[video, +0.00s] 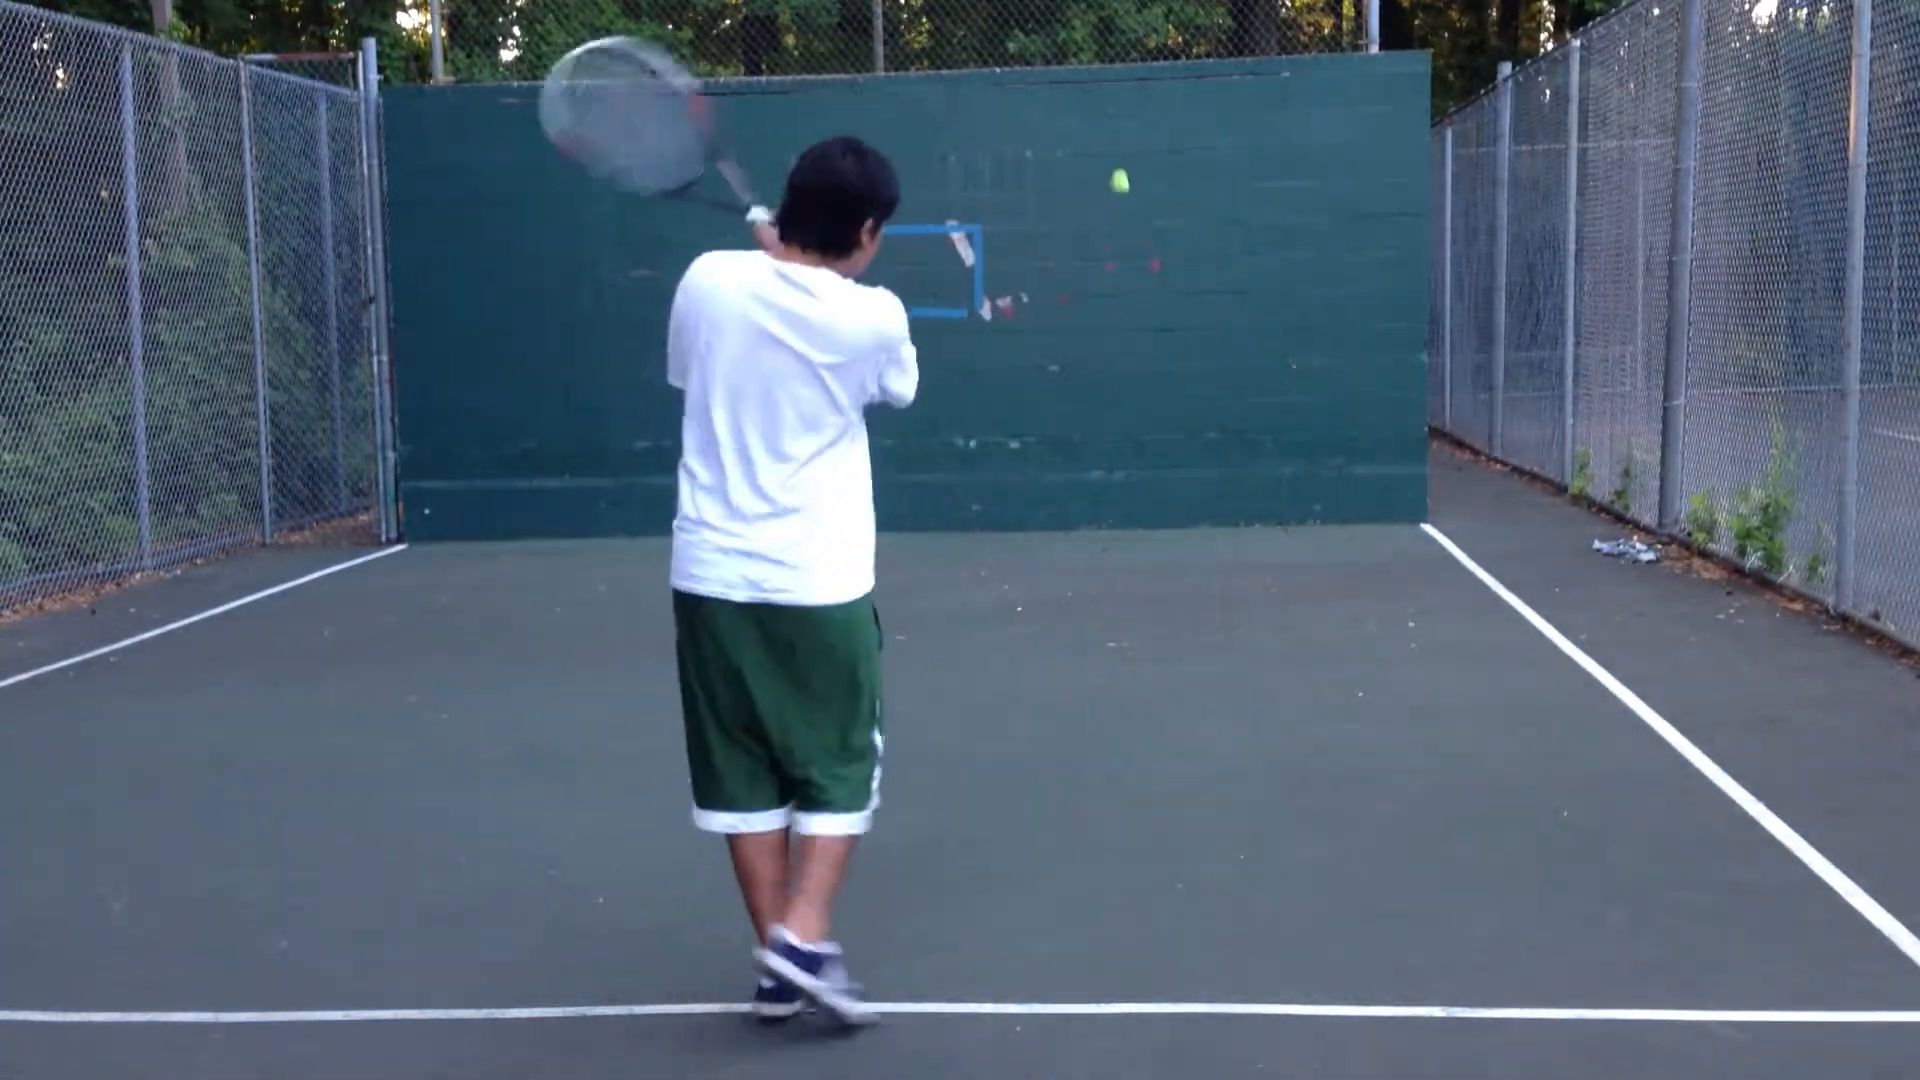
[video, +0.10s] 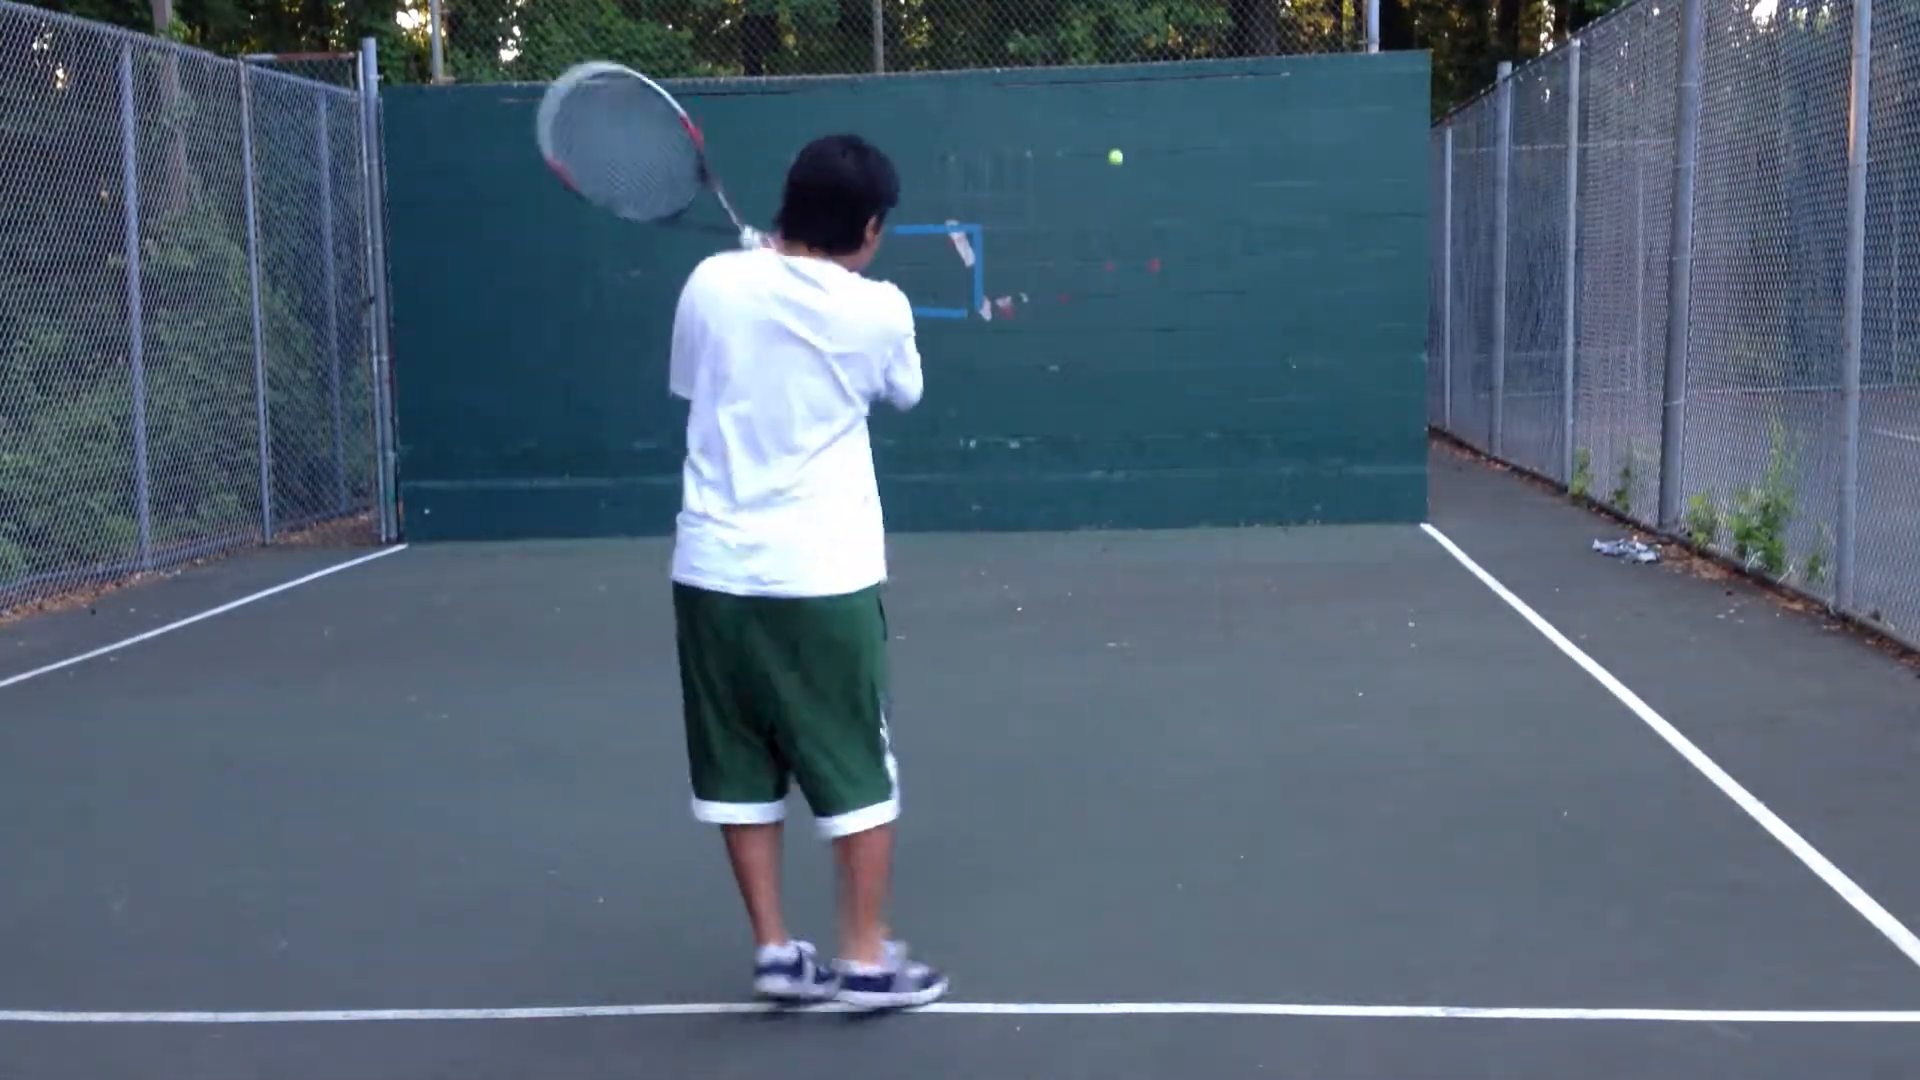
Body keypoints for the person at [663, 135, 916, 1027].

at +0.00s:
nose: (881, 238)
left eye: (877, 224)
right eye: (880, 227)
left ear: (787, 214)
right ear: (865, 236)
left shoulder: (709, 278)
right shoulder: (870, 314)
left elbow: (683, 373)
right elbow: (896, 387)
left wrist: (773, 267)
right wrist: (798, 266)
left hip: (710, 573)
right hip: (822, 581)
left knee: (741, 771)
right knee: (839, 763)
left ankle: (779, 964)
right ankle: (804, 938)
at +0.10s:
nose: (880, 232)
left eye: (878, 220)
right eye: (879, 222)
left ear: (783, 211)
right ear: (867, 231)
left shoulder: (711, 281)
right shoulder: (875, 309)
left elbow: (690, 383)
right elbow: (902, 390)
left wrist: (764, 277)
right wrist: (821, 284)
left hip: (712, 572)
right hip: (826, 576)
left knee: (739, 764)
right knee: (854, 763)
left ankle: (772, 949)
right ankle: (865, 956)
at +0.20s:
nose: (867, 258)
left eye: (866, 247)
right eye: (867, 249)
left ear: (771, 245)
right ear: (856, 259)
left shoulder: (707, 320)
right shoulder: (875, 337)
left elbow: (683, 432)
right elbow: (908, 438)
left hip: (720, 607)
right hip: (840, 609)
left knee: (725, 769)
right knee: (882, 778)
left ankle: (745, 936)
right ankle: (899, 966)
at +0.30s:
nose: (843, 274)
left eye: (838, 261)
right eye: (842, 264)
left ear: (752, 263)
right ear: (834, 274)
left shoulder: (686, 347)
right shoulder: (856, 359)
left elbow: (678, 459)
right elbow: (884, 487)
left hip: (713, 626)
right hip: (832, 629)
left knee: (704, 775)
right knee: (889, 792)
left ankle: (671, 940)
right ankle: (899, 962)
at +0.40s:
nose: (816, 272)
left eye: (815, 258)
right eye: (814, 261)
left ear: (718, 259)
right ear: (802, 274)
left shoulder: (651, 347)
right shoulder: (813, 367)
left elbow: (663, 457)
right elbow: (844, 497)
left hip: (672, 636)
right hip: (792, 639)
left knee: (670, 786)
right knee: (874, 795)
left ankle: (606, 955)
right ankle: (898, 966)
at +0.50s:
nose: (765, 280)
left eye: (764, 265)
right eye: (761, 266)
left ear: (671, 263)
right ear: (743, 276)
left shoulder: (613, 337)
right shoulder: (736, 367)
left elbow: (675, 437)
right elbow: (781, 503)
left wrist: (777, 409)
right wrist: (822, 461)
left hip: (602, 631)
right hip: (716, 641)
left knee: (635, 804)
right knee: (819, 794)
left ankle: (581, 983)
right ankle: (891, 956)